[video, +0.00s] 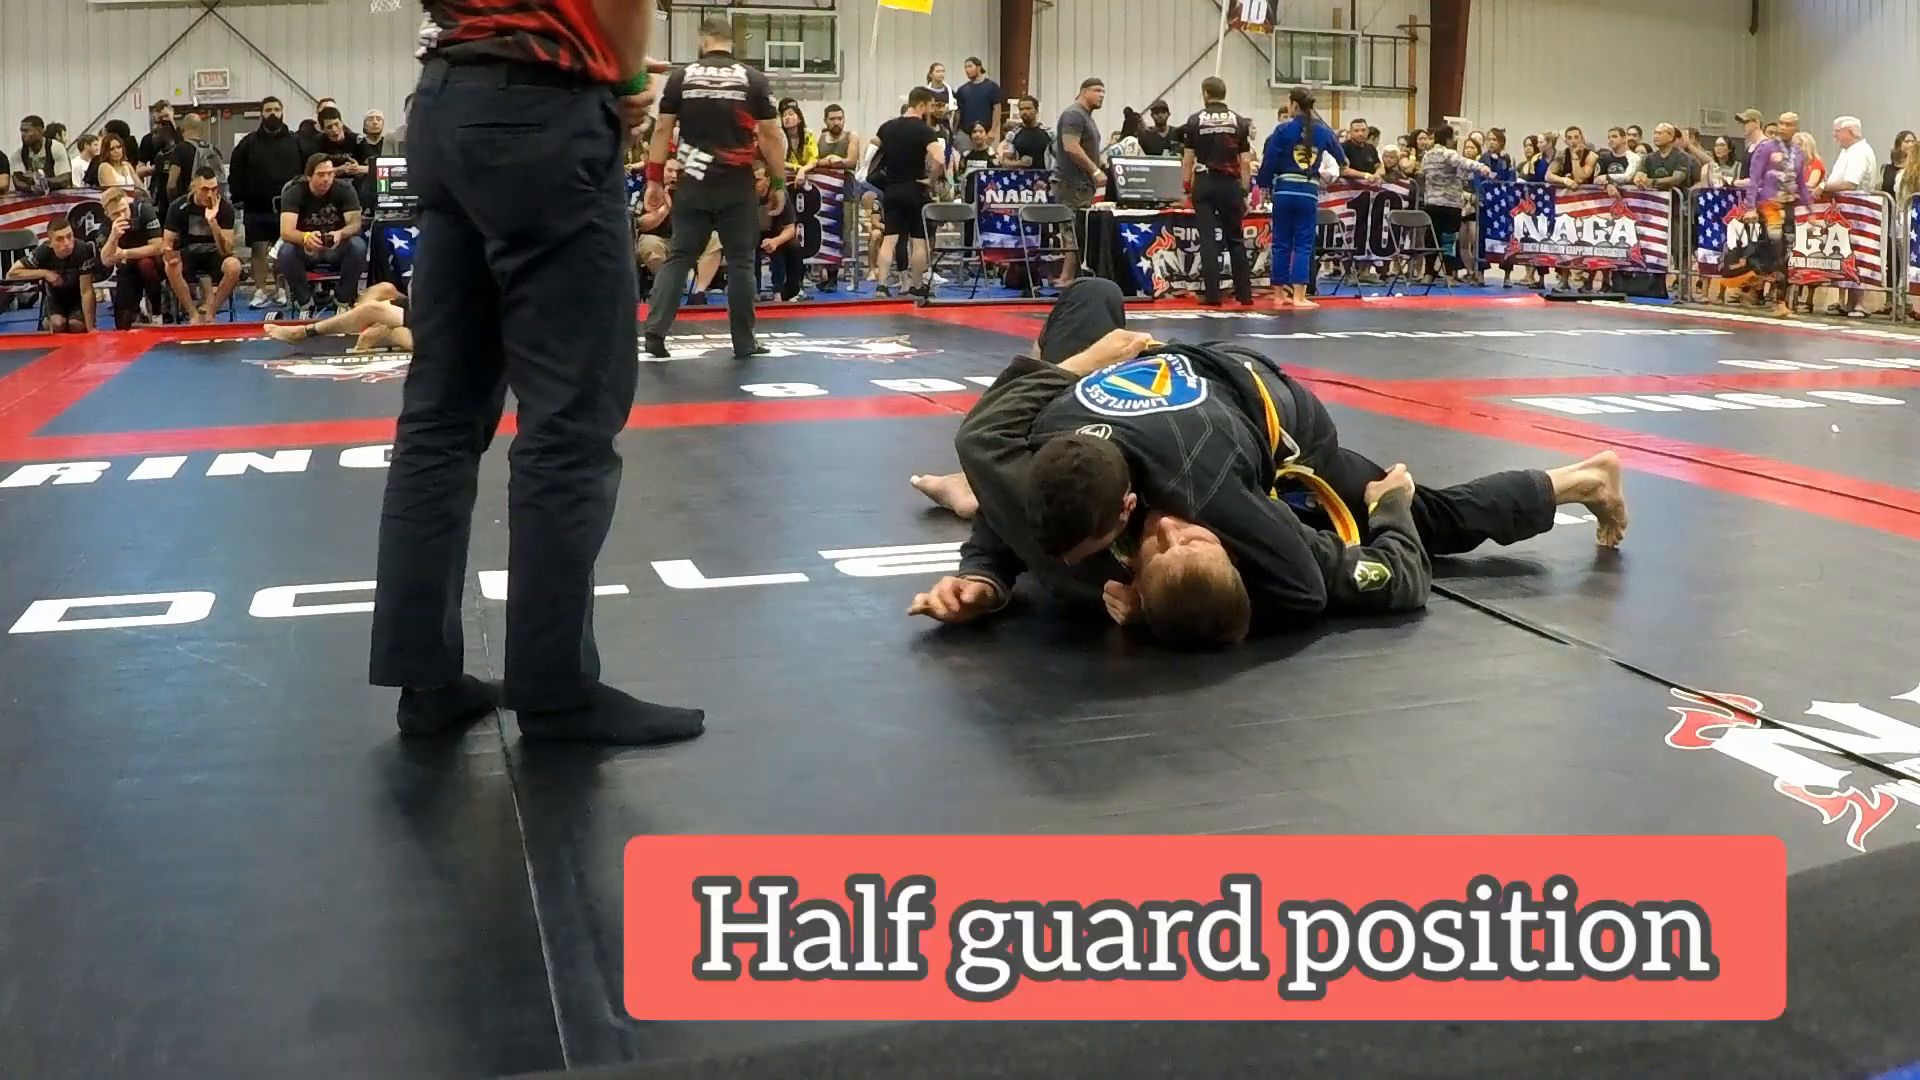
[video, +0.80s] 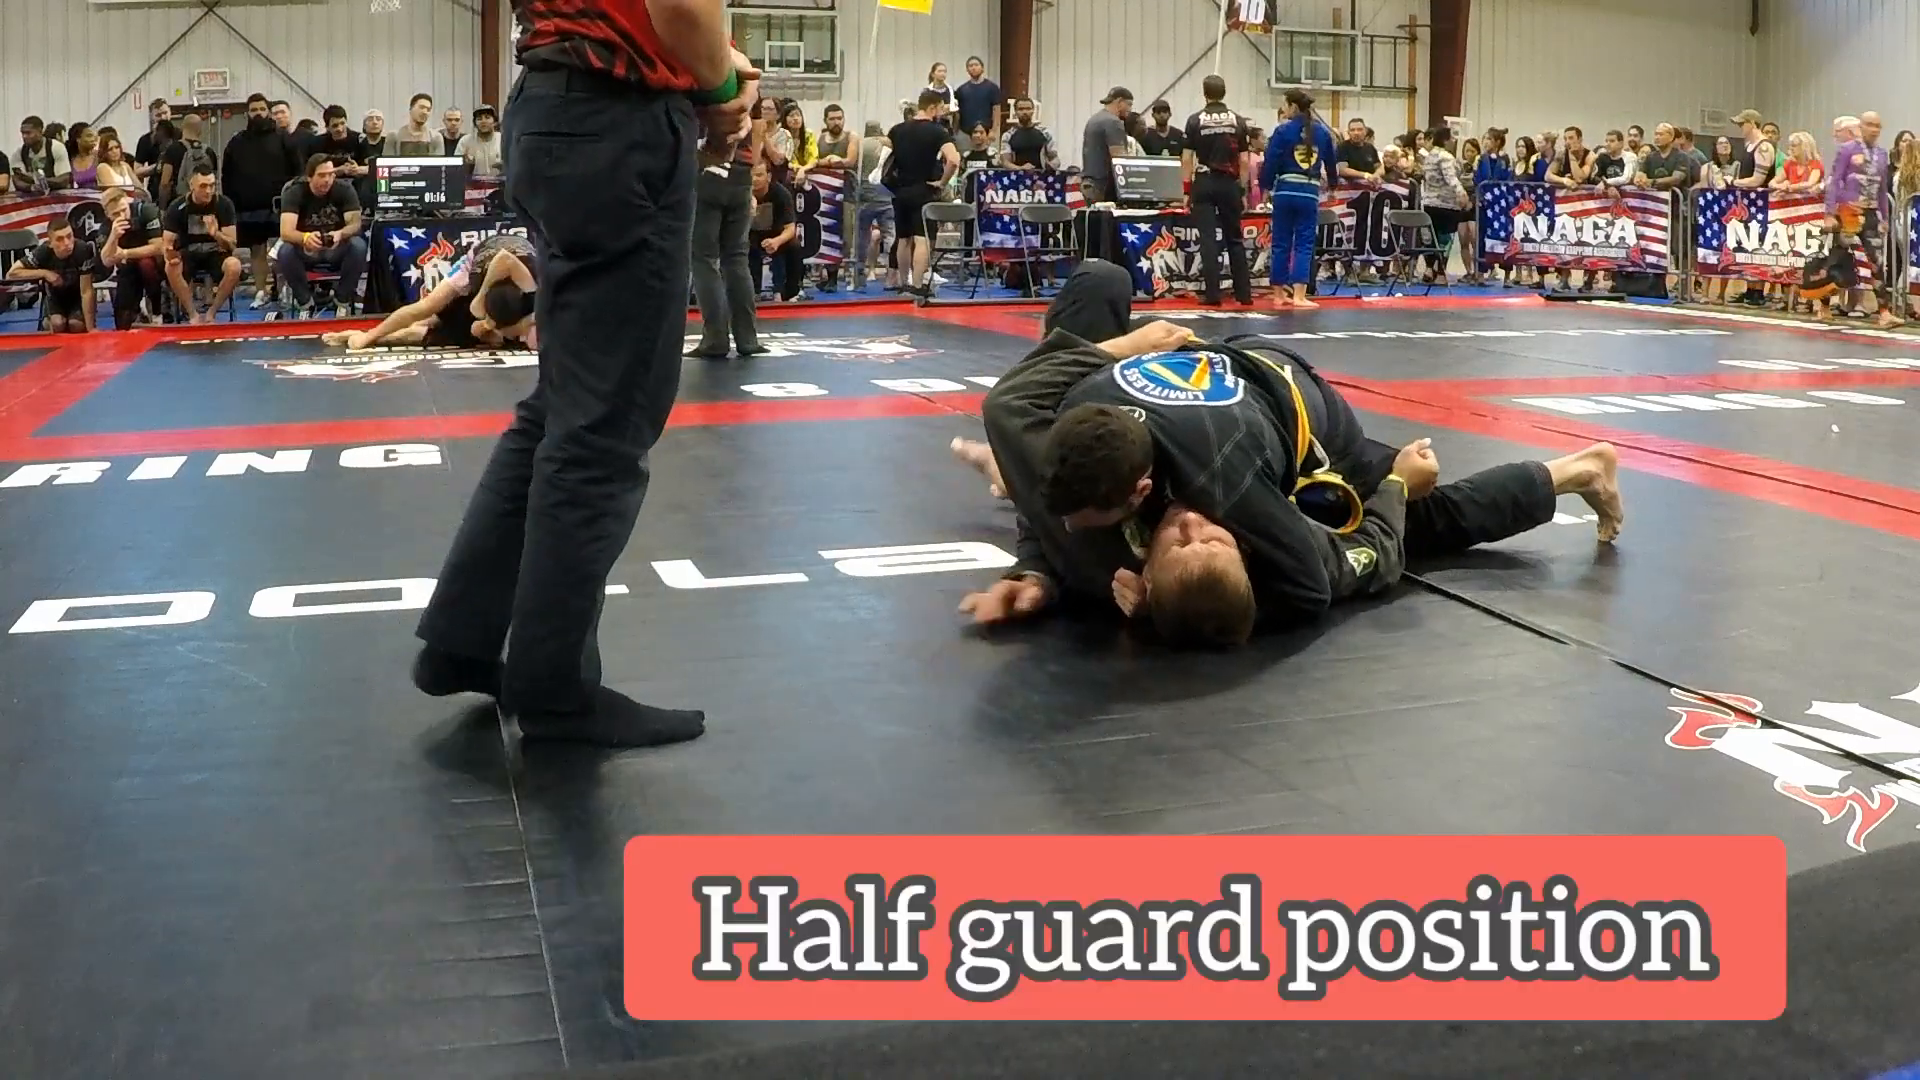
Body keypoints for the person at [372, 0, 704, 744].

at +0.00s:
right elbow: (622, 6)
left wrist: (607, 78)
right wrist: (629, 77)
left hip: (448, 96)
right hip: (548, 108)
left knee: (442, 418)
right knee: (571, 423)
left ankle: (428, 683)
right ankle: (556, 690)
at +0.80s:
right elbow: (675, 6)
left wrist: (714, 74)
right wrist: (725, 78)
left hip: (555, 102)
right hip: (618, 119)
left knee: (564, 403)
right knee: (607, 425)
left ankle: (460, 642)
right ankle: (552, 686)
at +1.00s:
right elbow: (672, 9)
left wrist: (724, 71)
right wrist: (729, 84)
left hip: (583, 106)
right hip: (618, 119)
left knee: (578, 408)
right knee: (598, 423)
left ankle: (472, 640)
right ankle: (545, 689)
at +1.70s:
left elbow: (835, 7)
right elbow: (705, 6)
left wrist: (855, 62)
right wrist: (813, 84)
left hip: (791, 124)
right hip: (690, 116)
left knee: (841, 421)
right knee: (646, 426)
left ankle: (875, 718)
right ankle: (565, 668)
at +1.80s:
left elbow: (885, 9)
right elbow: (756, 7)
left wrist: (904, 52)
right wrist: (862, 79)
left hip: (836, 128)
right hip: (733, 120)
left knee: (875, 432)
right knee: (680, 429)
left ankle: (875, 721)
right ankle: (576, 652)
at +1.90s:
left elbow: (906, 7)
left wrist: (939, 45)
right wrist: (891, 76)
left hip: (868, 119)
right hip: (766, 113)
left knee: (891, 439)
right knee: (715, 426)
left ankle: (875, 723)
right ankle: (591, 646)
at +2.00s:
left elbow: (972, 4)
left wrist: (989, 42)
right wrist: (950, 75)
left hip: (918, 120)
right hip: (821, 110)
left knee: (915, 446)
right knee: (796, 423)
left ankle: (874, 723)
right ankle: (634, 627)